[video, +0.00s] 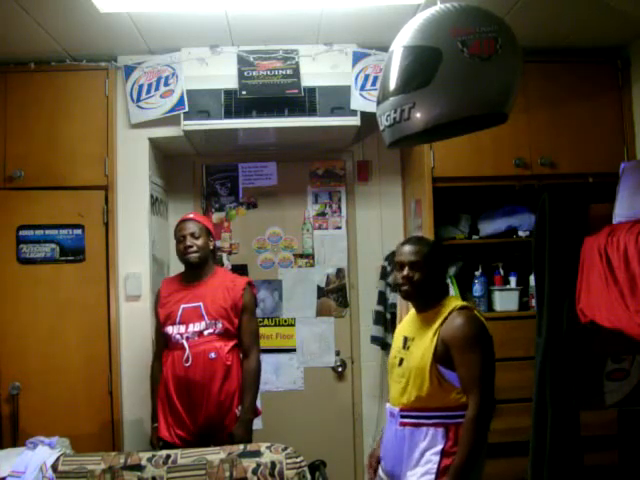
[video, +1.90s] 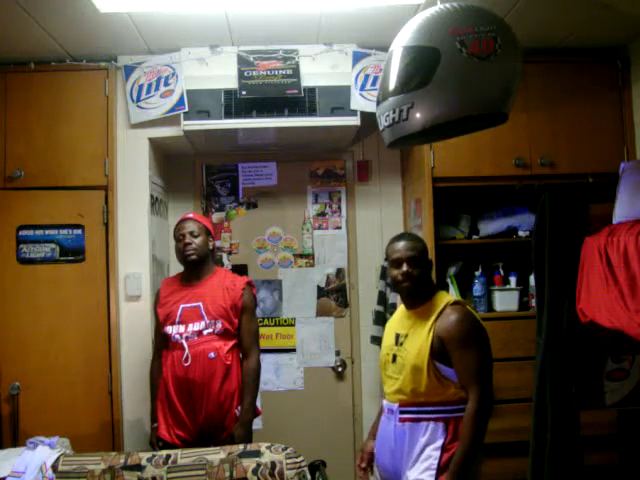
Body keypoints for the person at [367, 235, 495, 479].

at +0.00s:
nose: (405, 275)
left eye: (415, 267)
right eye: (400, 267)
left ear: (436, 271)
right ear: (393, 272)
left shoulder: (461, 324)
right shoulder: (411, 318)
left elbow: (480, 403)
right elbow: (407, 394)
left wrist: (457, 470)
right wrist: (381, 445)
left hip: (436, 444)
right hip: (398, 441)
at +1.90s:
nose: (405, 271)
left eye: (414, 263)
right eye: (396, 264)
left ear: (428, 267)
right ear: (387, 272)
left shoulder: (454, 320)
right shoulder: (398, 316)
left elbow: (479, 397)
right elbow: (395, 389)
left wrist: (455, 470)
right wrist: (372, 438)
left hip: (434, 437)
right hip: (390, 434)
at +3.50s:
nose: (376, 274)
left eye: (384, 266)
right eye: (379, 266)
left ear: (407, 275)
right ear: (405, 276)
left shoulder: (454, 314)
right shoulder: (397, 325)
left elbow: (468, 341)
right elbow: (390, 389)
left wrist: (440, 319)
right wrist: (343, 417)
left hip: (438, 443)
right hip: (393, 440)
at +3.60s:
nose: (375, 275)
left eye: (381, 267)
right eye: (376, 267)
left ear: (404, 271)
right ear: (401, 271)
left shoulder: (450, 311)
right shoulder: (395, 324)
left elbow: (472, 347)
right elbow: (384, 388)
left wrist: (436, 328)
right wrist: (331, 394)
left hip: (438, 437)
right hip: (395, 435)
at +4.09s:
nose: (374, 277)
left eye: (384, 269)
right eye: (373, 269)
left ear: (411, 275)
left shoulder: (446, 318)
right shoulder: (392, 323)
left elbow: (482, 374)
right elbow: (384, 377)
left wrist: (439, 398)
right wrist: (325, 366)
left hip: (437, 439)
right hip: (393, 437)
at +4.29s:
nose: (371, 293)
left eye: (381, 286)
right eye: (372, 285)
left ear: (408, 295)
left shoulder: (446, 345)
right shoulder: (395, 341)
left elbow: (491, 405)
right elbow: (405, 406)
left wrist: (438, 446)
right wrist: (357, 416)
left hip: (431, 464)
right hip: (392, 459)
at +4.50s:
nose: (369, 281)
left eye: (378, 273)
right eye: (371, 272)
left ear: (404, 282)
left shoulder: (445, 331)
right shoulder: (394, 329)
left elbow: (487, 396)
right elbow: (409, 392)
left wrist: (432, 443)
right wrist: (375, 419)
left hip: (433, 455)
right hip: (393, 449)